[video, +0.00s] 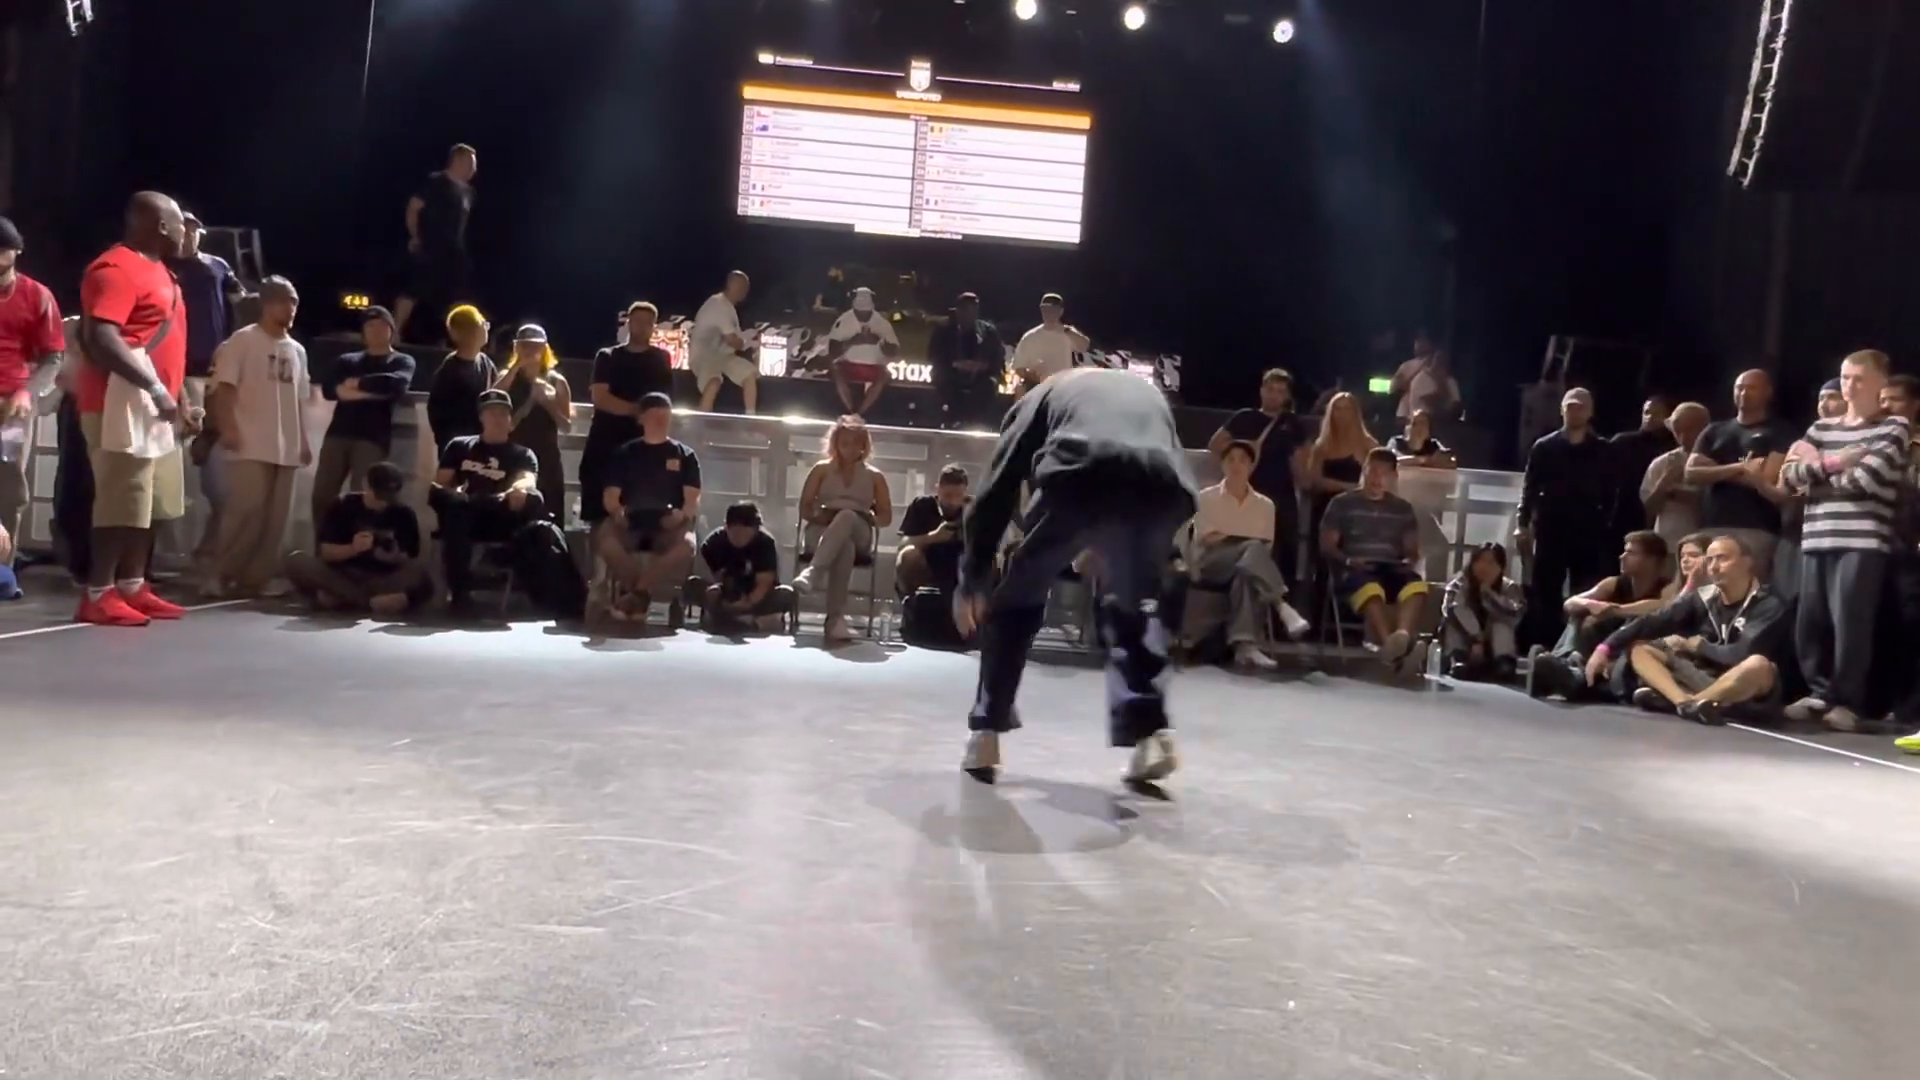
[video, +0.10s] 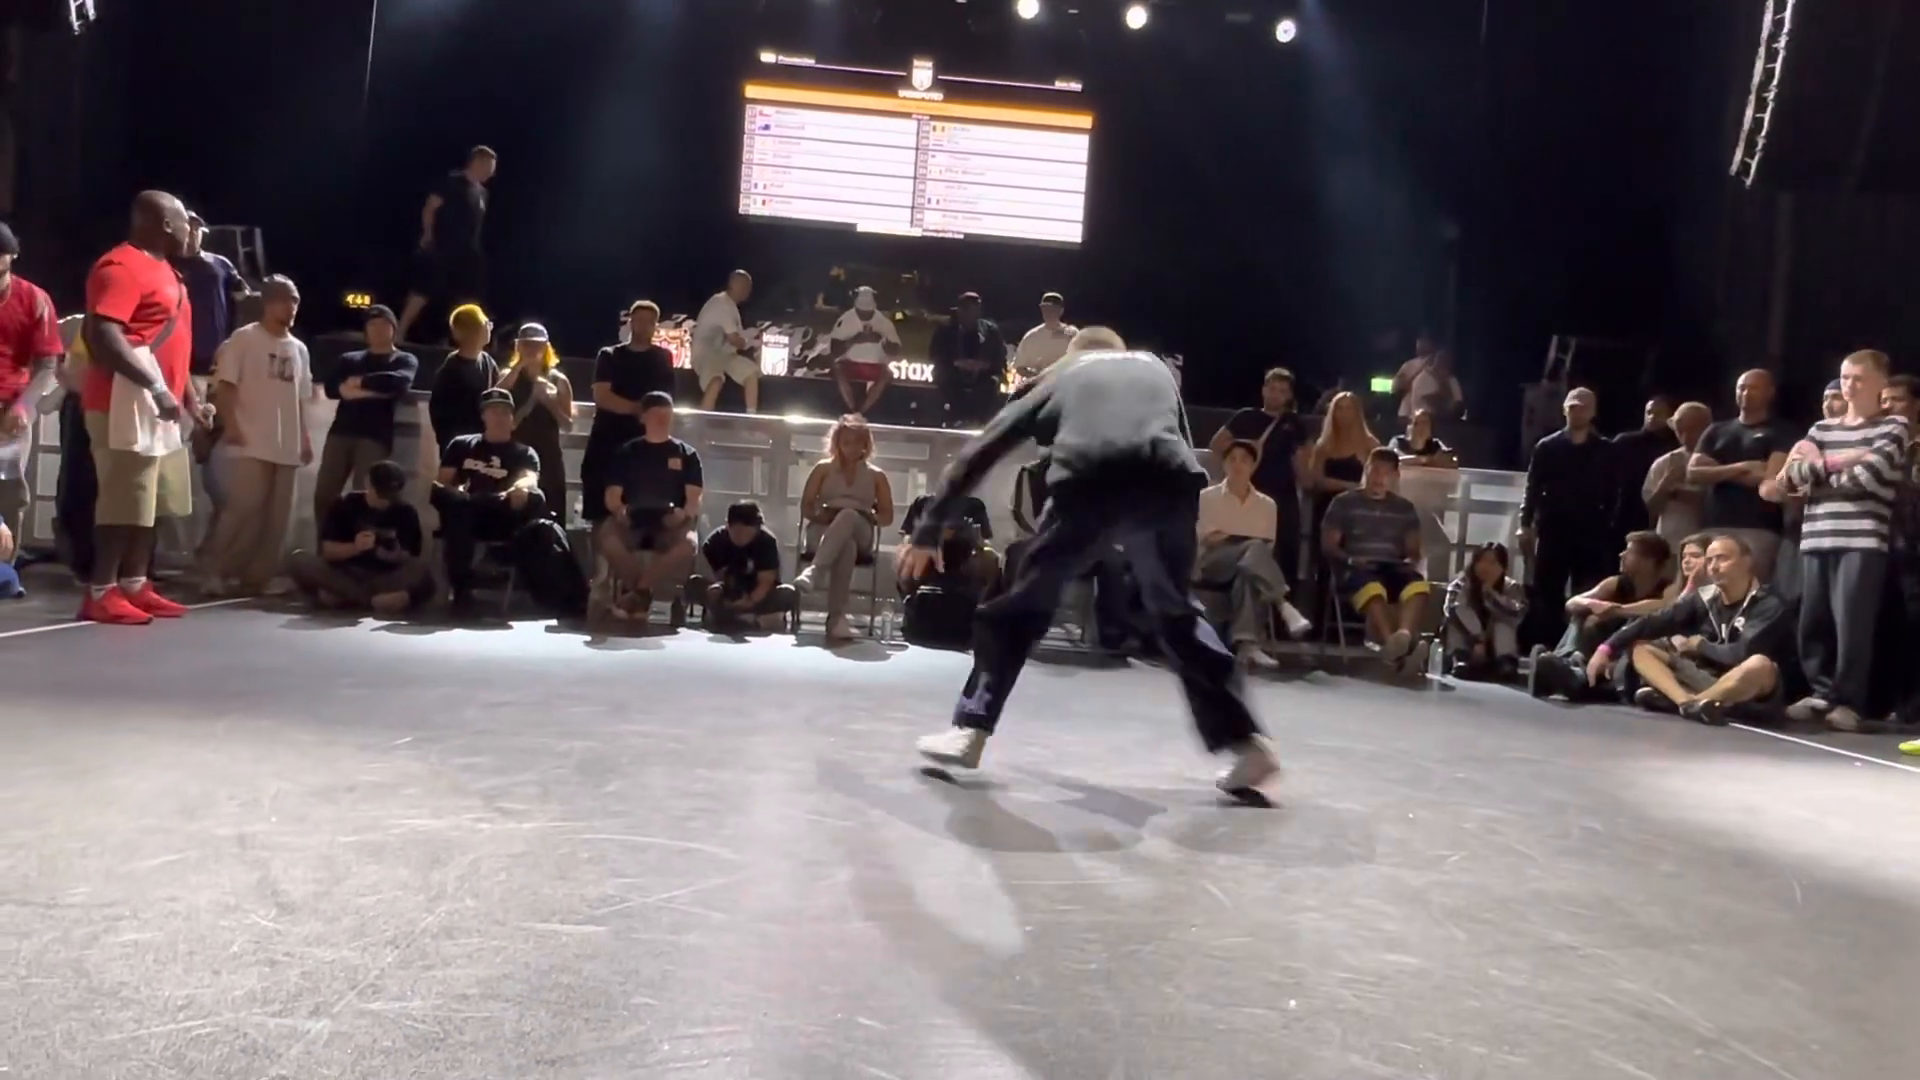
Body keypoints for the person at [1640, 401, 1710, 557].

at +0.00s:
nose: (1684, 438)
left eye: (1691, 431)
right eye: (1679, 432)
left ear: (1705, 430)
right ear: (1674, 432)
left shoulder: (1715, 462)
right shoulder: (1661, 465)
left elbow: (1719, 502)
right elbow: (1646, 509)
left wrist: (1676, 491)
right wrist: (1664, 484)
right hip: (1668, 546)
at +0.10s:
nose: (1688, 437)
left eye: (1695, 430)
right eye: (1683, 430)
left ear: (1708, 429)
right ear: (1678, 432)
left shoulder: (1716, 462)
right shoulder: (1663, 464)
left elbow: (1719, 500)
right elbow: (1650, 507)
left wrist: (1677, 492)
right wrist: (1666, 482)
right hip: (1670, 545)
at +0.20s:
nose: (1689, 437)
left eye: (1696, 430)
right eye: (1684, 431)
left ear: (1710, 430)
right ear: (1680, 432)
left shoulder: (1720, 462)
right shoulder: (1666, 464)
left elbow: (1721, 501)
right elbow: (1654, 505)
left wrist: (1681, 492)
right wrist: (1669, 482)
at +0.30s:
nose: (1691, 438)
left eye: (1697, 431)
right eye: (1686, 431)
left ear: (1712, 430)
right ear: (1681, 431)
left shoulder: (1723, 461)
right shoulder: (1669, 464)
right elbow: (1655, 508)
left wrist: (1683, 494)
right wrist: (1671, 484)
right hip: (1674, 541)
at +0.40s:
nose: (1692, 438)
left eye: (1699, 430)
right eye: (1687, 431)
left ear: (1714, 429)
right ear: (1683, 431)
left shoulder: (1724, 461)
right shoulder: (1670, 464)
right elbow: (1657, 507)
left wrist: (1685, 494)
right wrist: (1673, 482)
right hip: (1675, 539)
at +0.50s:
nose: (1694, 437)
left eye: (1700, 430)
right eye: (1689, 431)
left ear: (1715, 428)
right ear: (1685, 431)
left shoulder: (1725, 460)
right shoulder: (1672, 464)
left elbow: (1725, 500)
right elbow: (1658, 508)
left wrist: (1685, 493)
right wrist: (1675, 480)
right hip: (1677, 539)